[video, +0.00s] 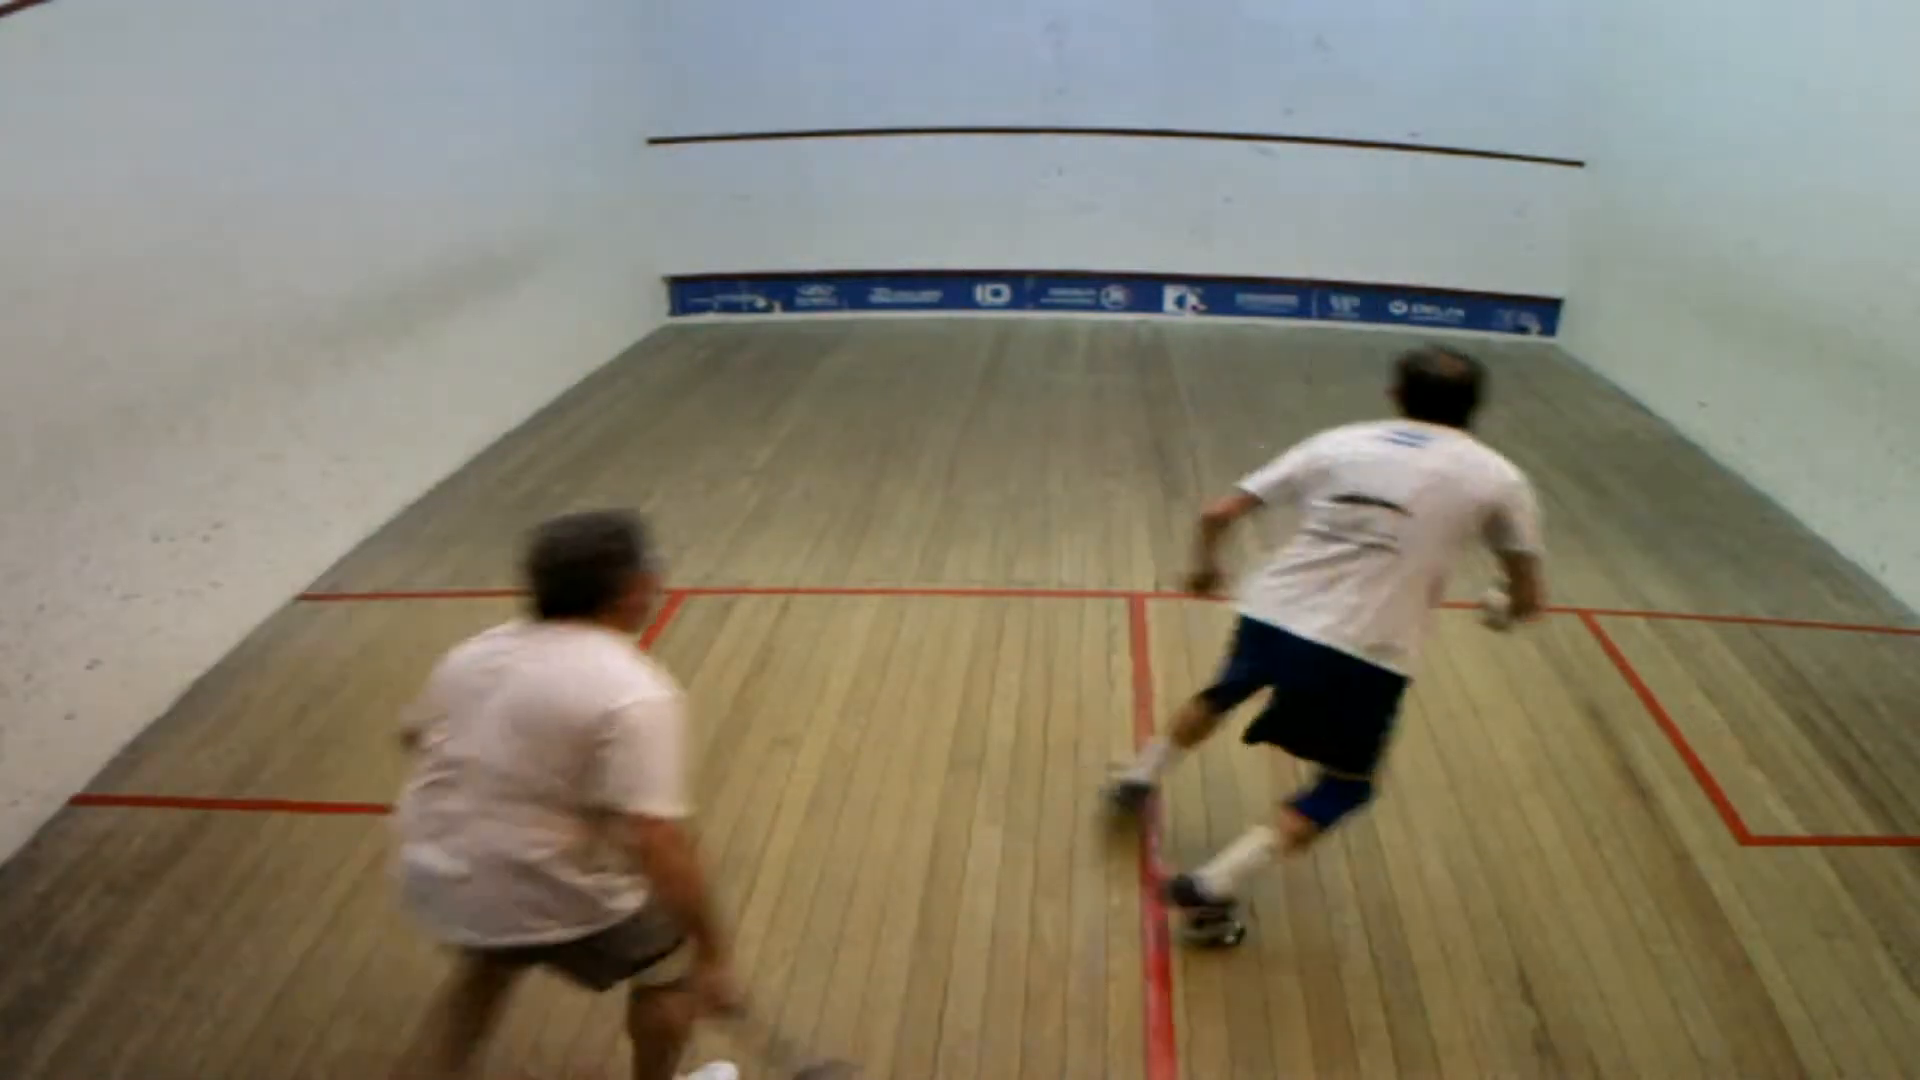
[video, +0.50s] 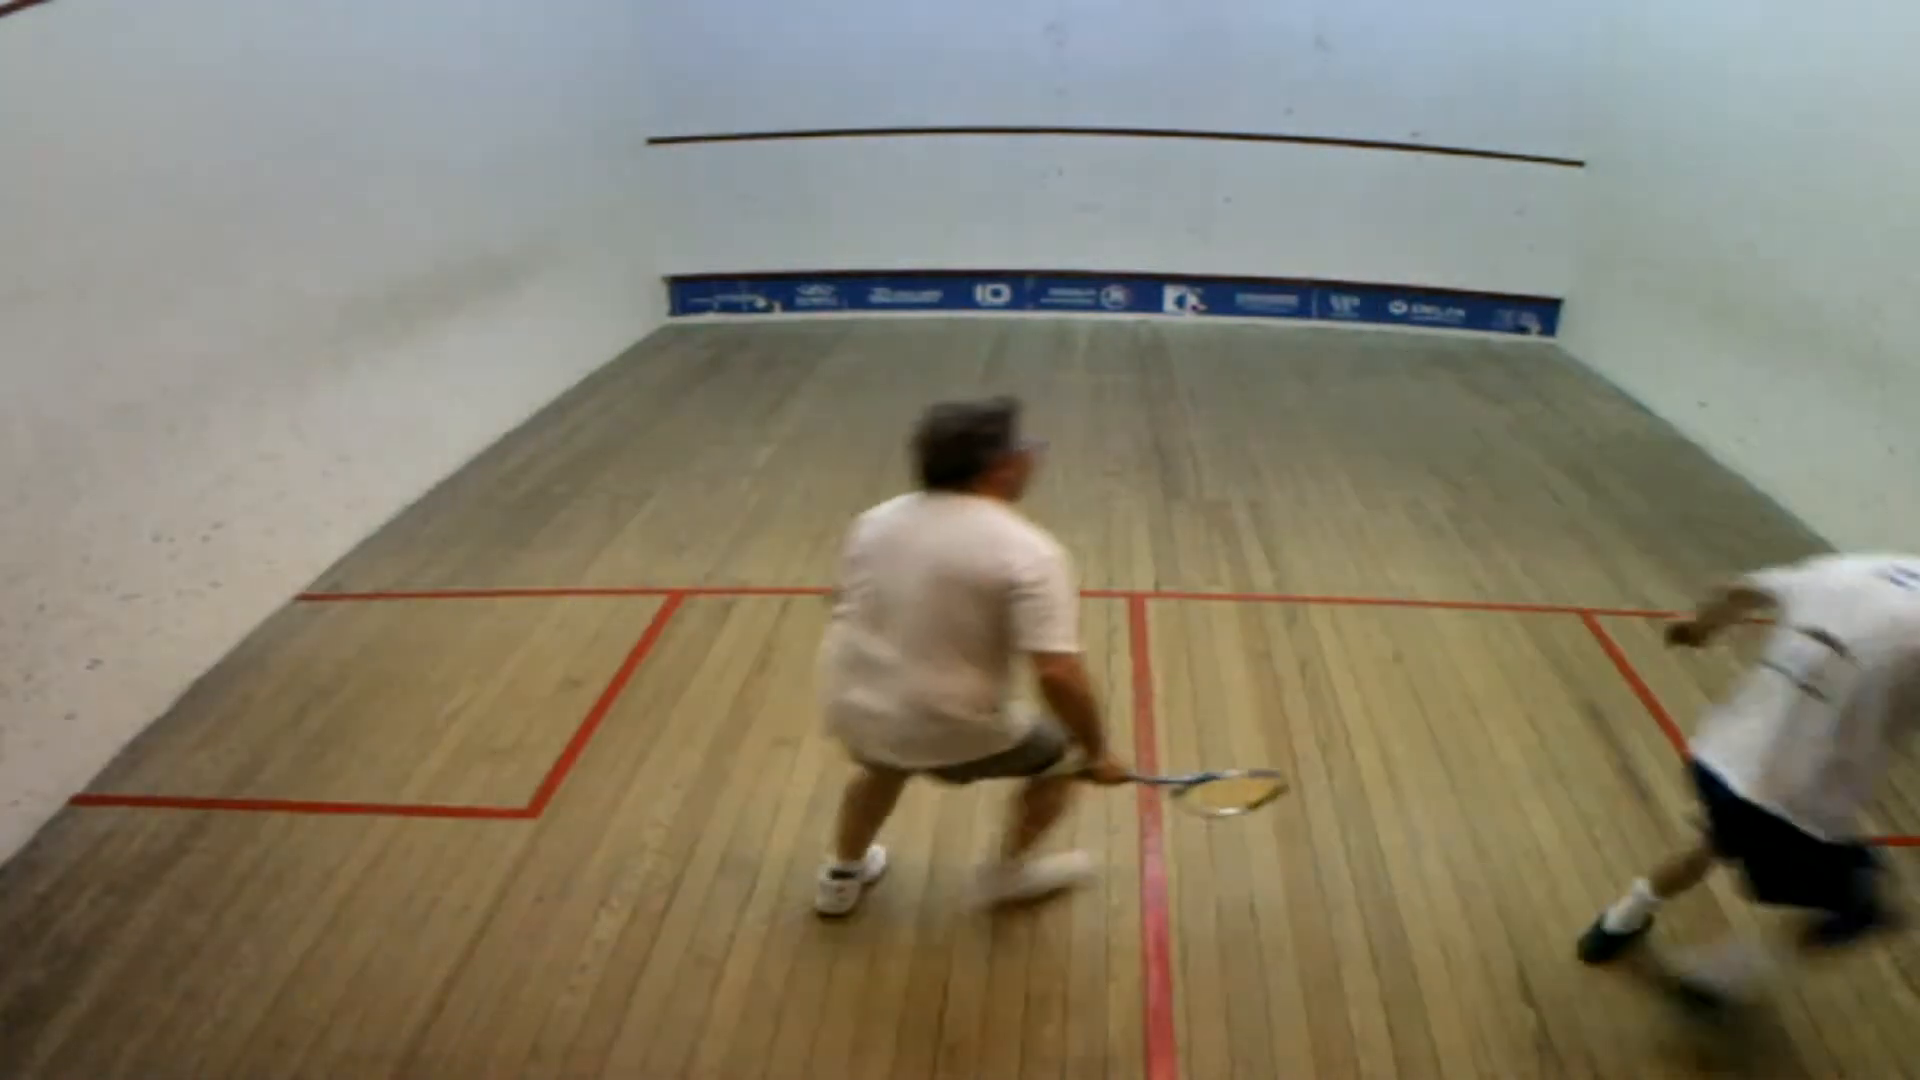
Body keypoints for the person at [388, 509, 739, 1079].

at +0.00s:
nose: (654, 585)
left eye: (649, 572)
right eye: (646, 574)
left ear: (546, 587)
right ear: (628, 592)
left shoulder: (476, 653)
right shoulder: (635, 688)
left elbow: (416, 735)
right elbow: (655, 838)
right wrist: (713, 954)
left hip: (435, 871)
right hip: (542, 887)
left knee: (499, 950)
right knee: (669, 957)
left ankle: (438, 1064)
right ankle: (659, 1072)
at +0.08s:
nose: (717, 570)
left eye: (710, 557)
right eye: (708, 559)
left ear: (610, 572)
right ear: (684, 578)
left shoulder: (543, 631)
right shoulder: (698, 667)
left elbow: (468, 718)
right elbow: (733, 816)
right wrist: (791, 919)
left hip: (484, 840)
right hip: (590, 858)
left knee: (563, 925)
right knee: (687, 963)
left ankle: (553, 1050)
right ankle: (657, 1073)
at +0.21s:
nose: (811, 526)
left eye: (806, 514)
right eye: (803, 516)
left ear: (708, 528)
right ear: (778, 535)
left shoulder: (634, 593)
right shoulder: (798, 620)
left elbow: (547, 674)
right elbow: (866, 757)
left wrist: (542, 775)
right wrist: (929, 837)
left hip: (603, 805)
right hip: (699, 824)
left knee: (701, 882)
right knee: (726, 950)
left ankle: (766, 931)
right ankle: (664, 1068)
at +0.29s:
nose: (872, 498)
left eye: (866, 486)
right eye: (862, 488)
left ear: (770, 501)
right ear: (836, 506)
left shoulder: (696, 565)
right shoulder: (865, 588)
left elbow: (619, 640)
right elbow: (924, 719)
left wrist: (603, 738)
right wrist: (984, 794)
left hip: (700, 777)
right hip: (790, 794)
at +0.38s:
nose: (933, 481)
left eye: (927, 470)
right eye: (923, 473)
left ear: (839, 485)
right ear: (901, 491)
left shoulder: (777, 548)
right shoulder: (929, 574)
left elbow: (710, 622)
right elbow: (974, 703)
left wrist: (706, 705)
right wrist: (1029, 774)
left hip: (770, 737)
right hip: (862, 756)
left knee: (838, 792)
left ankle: (837, 878)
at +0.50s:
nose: (1030, 460)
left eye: (1023, 450)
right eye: (1019, 452)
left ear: (939, 463)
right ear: (996, 468)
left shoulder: (876, 523)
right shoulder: (1027, 550)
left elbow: (844, 606)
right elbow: (1057, 673)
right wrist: (1095, 751)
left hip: (858, 716)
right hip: (950, 732)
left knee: (888, 760)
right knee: (1059, 758)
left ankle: (842, 873)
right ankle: (1011, 869)